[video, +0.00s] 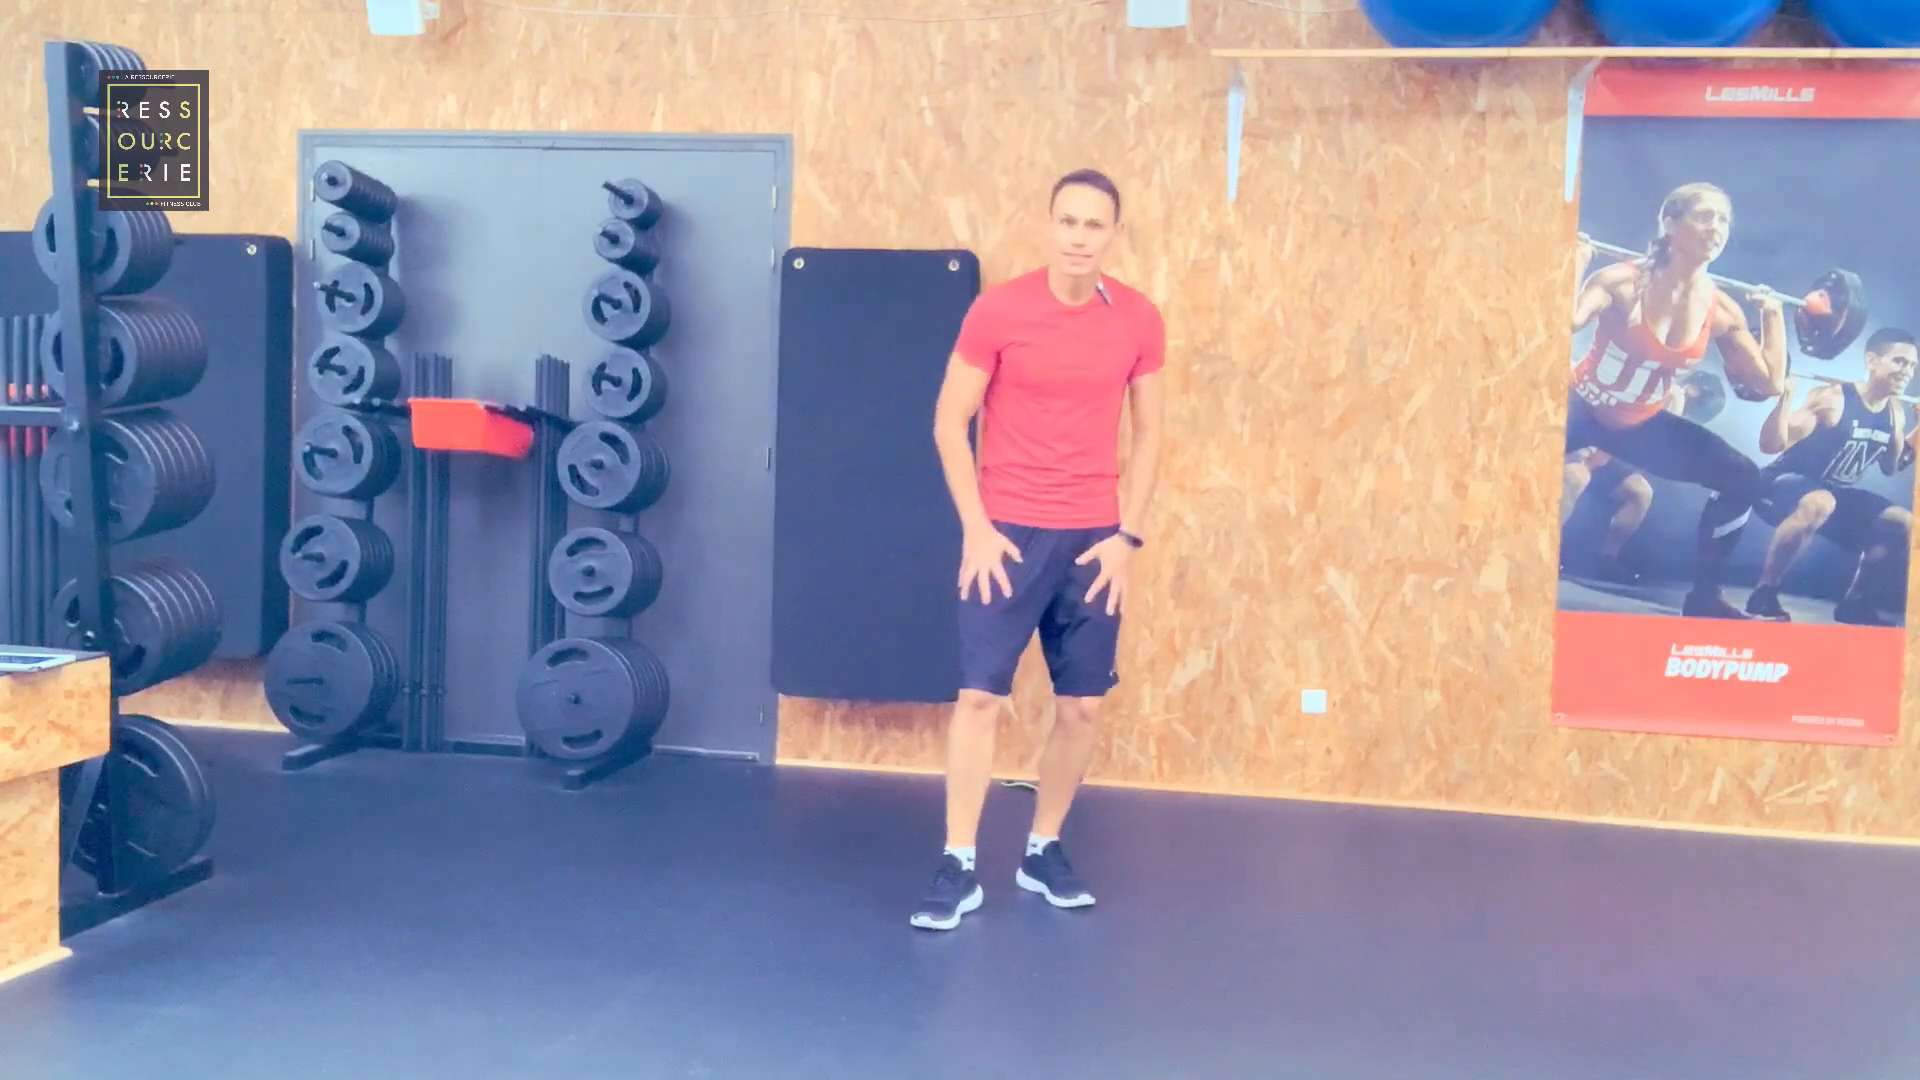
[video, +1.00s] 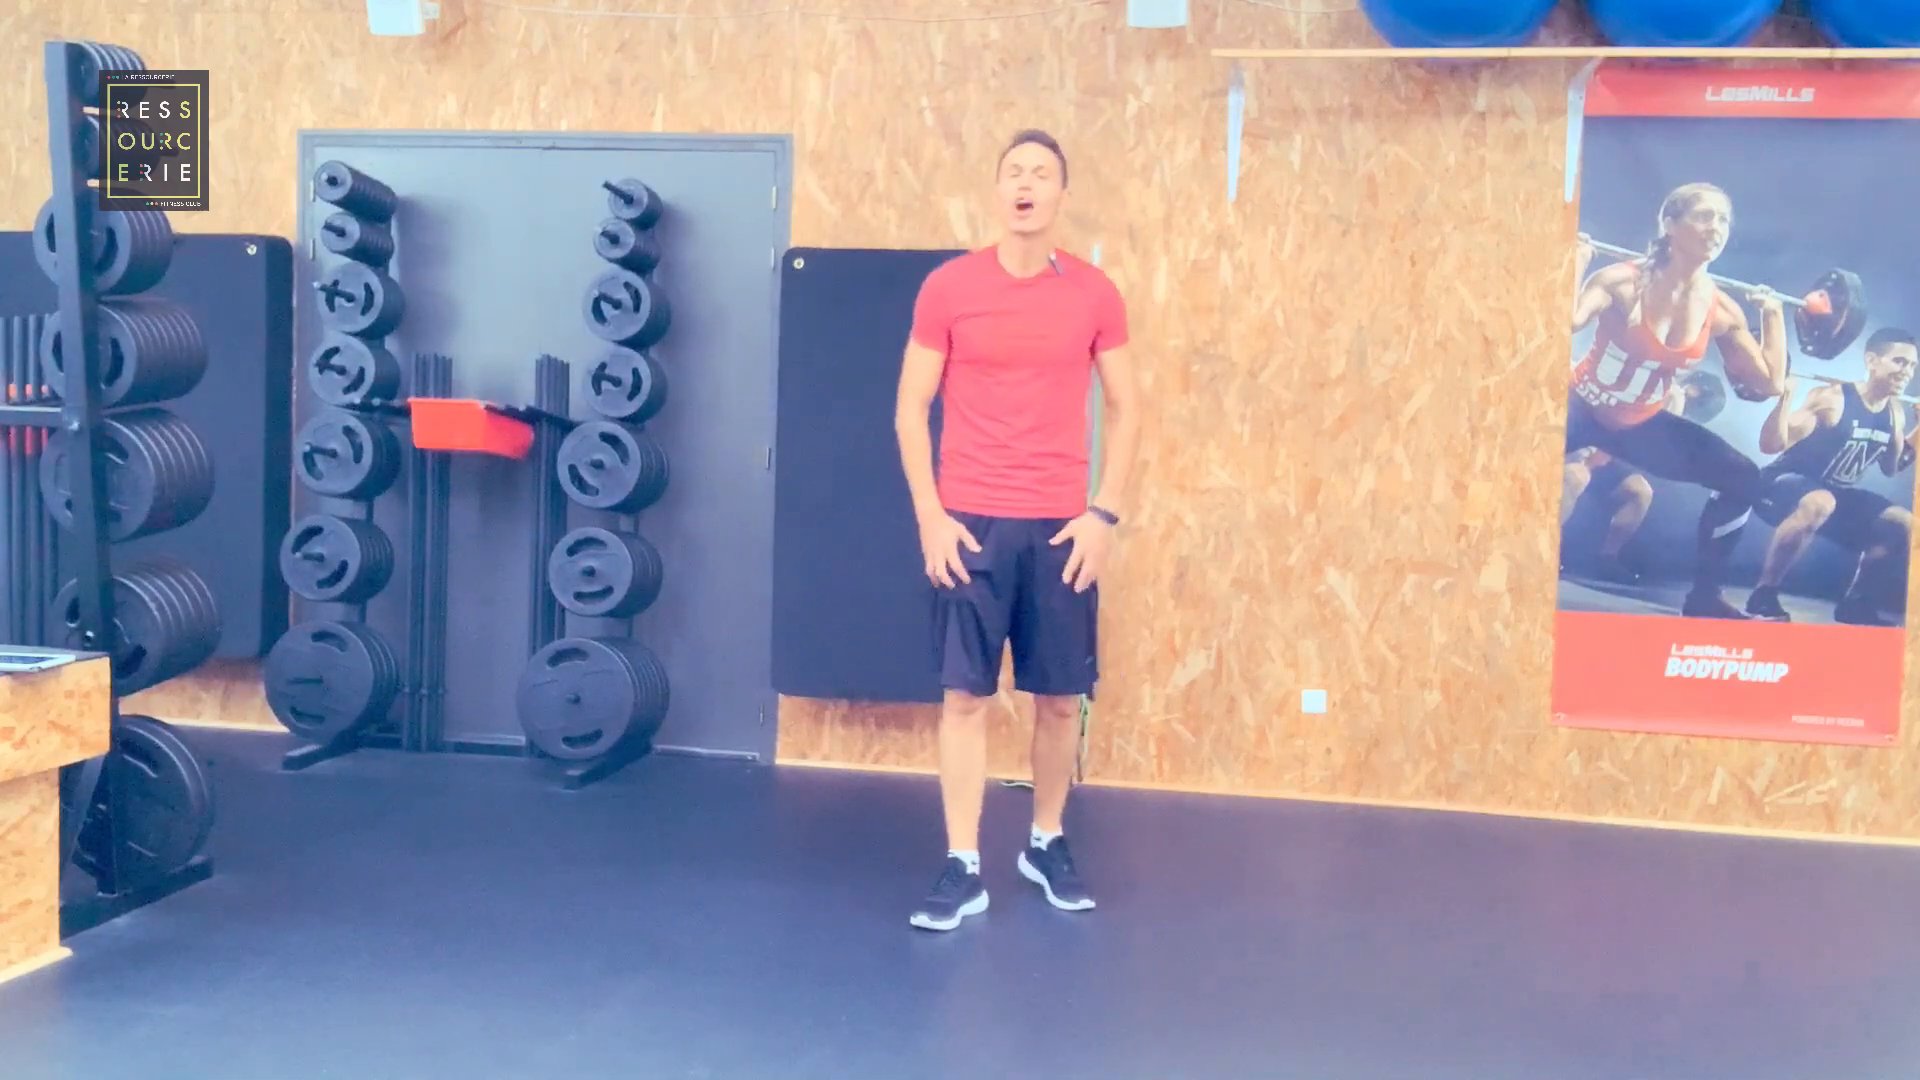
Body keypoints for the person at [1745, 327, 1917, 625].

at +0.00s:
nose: (1906, 372)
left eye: (1911, 365)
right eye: (1899, 361)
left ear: (1913, 371)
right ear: (1872, 361)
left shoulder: (1894, 411)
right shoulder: (1831, 397)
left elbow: (1890, 466)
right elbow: (1768, 444)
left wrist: (1910, 444)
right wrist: (1784, 398)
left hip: (1838, 494)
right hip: (1785, 481)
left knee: (1904, 524)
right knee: (1821, 502)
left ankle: (1854, 605)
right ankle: (1763, 595)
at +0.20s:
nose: (1906, 372)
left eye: (1911, 365)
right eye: (1899, 361)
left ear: (1913, 371)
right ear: (1872, 361)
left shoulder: (1894, 411)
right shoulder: (1831, 397)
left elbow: (1891, 466)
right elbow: (1769, 444)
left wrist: (1911, 442)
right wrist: (1785, 397)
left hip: (1838, 494)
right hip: (1785, 481)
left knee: (1905, 524)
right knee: (1821, 502)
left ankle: (1854, 604)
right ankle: (1763, 596)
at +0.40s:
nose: (1906, 372)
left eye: (1911, 365)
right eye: (1899, 361)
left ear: (1913, 371)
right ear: (1872, 361)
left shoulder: (1894, 411)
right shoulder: (1831, 397)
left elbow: (1891, 466)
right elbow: (1768, 444)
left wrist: (1911, 441)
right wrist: (1784, 398)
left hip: (1839, 494)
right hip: (1785, 481)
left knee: (1905, 524)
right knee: (1820, 502)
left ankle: (1855, 605)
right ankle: (1763, 595)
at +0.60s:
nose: (1906, 372)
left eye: (1911, 365)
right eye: (1899, 361)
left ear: (1913, 371)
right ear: (1872, 361)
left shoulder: (1894, 411)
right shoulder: (1831, 397)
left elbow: (1891, 467)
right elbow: (1769, 444)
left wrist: (1914, 438)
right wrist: (1785, 397)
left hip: (1839, 494)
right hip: (1785, 481)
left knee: (1905, 524)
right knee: (1821, 502)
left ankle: (1855, 604)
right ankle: (1763, 596)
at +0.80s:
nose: (1906, 372)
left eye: (1911, 365)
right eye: (1899, 361)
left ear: (1913, 371)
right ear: (1872, 361)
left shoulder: (1894, 411)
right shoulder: (1831, 397)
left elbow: (1891, 467)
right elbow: (1769, 444)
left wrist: (1914, 438)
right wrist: (1785, 397)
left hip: (1838, 495)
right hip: (1785, 481)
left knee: (1905, 525)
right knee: (1821, 502)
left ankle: (1855, 604)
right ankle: (1763, 596)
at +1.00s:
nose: (1906, 372)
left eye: (1911, 365)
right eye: (1899, 361)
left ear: (1913, 371)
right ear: (1872, 361)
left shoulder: (1894, 412)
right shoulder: (1830, 397)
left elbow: (1891, 467)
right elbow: (1769, 444)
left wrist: (1912, 440)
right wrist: (1784, 397)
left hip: (1839, 495)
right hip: (1786, 481)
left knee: (1905, 524)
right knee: (1821, 502)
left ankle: (1855, 604)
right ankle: (1763, 596)